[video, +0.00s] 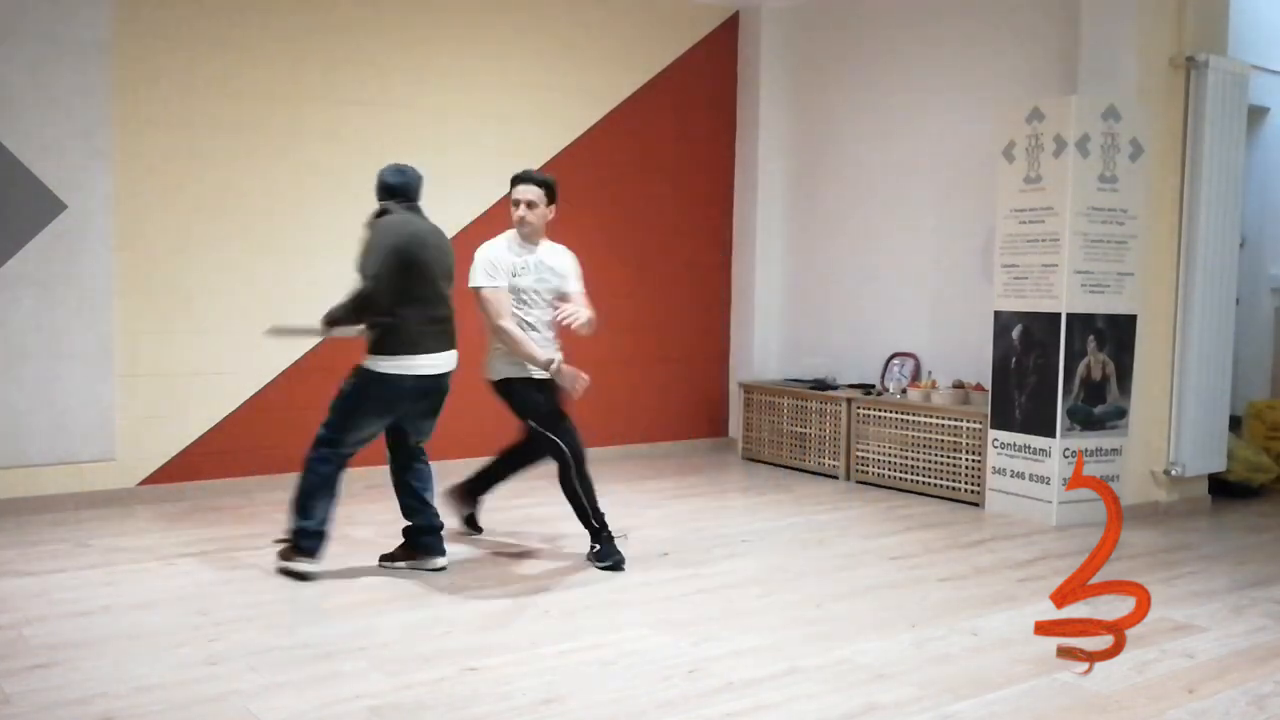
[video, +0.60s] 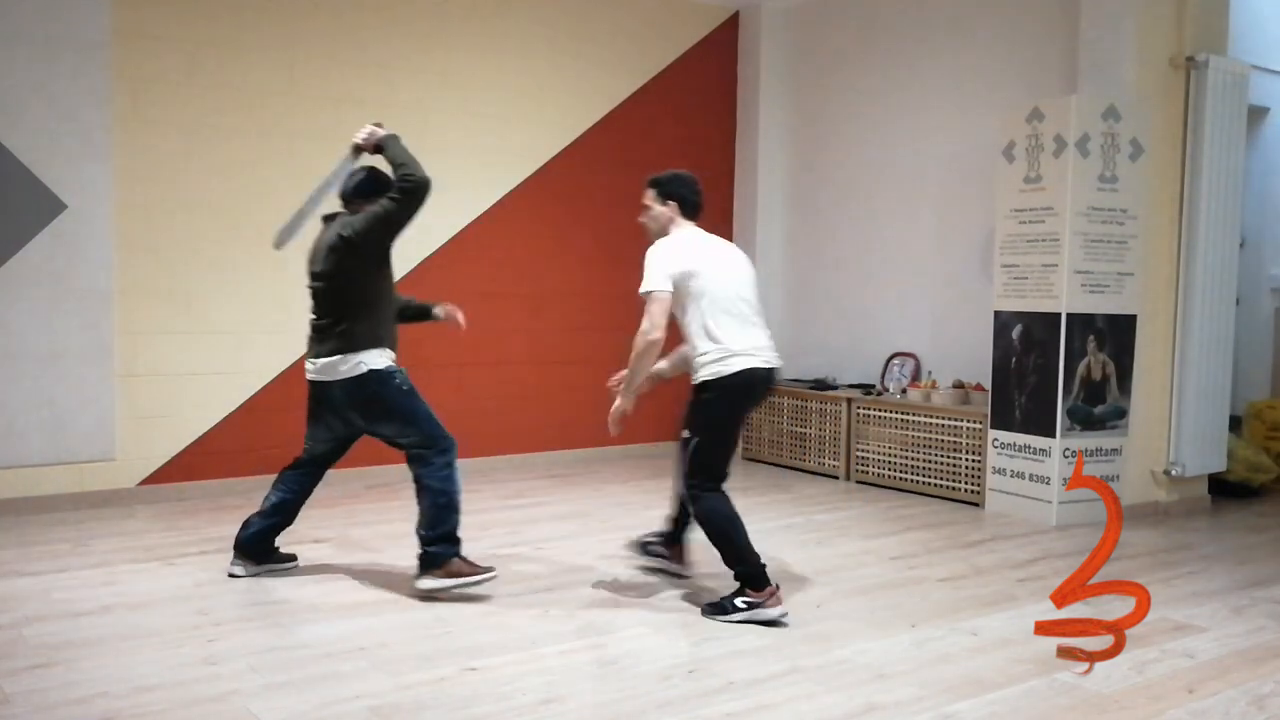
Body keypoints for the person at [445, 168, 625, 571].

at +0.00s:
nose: (520, 212)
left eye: (530, 205)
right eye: (515, 204)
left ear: (550, 212)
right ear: (509, 208)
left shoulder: (562, 258)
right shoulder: (490, 255)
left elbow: (585, 317)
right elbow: (502, 325)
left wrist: (582, 313)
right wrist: (553, 366)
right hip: (510, 370)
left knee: (539, 442)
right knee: (567, 442)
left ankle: (467, 492)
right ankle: (600, 537)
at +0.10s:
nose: (517, 212)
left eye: (524, 204)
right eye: (516, 204)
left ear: (554, 204)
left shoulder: (600, 252)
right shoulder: (512, 254)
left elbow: (620, 319)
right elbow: (508, 320)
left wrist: (587, 345)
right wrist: (554, 357)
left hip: (591, 372)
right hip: (541, 374)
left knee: (601, 460)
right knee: (580, 456)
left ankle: (546, 477)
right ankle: (605, 540)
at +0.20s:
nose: (531, 212)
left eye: (535, 202)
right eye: (531, 203)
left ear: (561, 202)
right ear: (556, 202)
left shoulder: (617, 248)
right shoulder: (544, 254)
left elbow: (644, 316)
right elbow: (541, 317)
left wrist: (615, 373)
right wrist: (554, 348)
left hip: (617, 372)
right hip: (566, 375)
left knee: (626, 459)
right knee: (573, 467)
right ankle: (612, 531)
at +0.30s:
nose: (554, 211)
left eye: (558, 201)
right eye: (554, 202)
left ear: (582, 201)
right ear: (583, 202)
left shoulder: (631, 248)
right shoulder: (581, 254)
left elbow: (665, 321)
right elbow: (578, 314)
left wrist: (642, 387)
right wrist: (569, 344)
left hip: (634, 375)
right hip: (595, 378)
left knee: (639, 466)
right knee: (576, 462)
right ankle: (648, 534)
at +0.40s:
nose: (582, 213)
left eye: (587, 203)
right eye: (582, 204)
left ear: (611, 204)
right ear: (612, 204)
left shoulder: (648, 251)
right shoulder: (626, 253)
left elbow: (682, 327)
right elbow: (618, 326)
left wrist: (650, 390)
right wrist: (584, 358)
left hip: (657, 381)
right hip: (631, 382)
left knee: (657, 477)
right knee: (596, 458)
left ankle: (744, 553)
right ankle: (654, 545)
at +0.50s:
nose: (613, 215)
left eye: (618, 205)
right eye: (614, 206)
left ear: (643, 206)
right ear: (650, 207)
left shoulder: (657, 254)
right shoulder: (683, 248)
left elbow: (674, 333)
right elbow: (655, 335)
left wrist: (637, 394)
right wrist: (608, 371)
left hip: (687, 380)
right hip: (685, 376)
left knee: (677, 482)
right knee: (632, 443)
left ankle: (751, 574)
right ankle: (658, 545)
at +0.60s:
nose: (641, 217)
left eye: (646, 208)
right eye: (642, 208)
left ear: (670, 209)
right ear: (681, 211)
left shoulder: (666, 251)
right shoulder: (727, 250)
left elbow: (653, 332)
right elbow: (709, 337)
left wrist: (629, 394)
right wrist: (646, 372)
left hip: (723, 373)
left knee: (702, 484)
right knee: (694, 444)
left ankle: (758, 589)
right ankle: (673, 540)